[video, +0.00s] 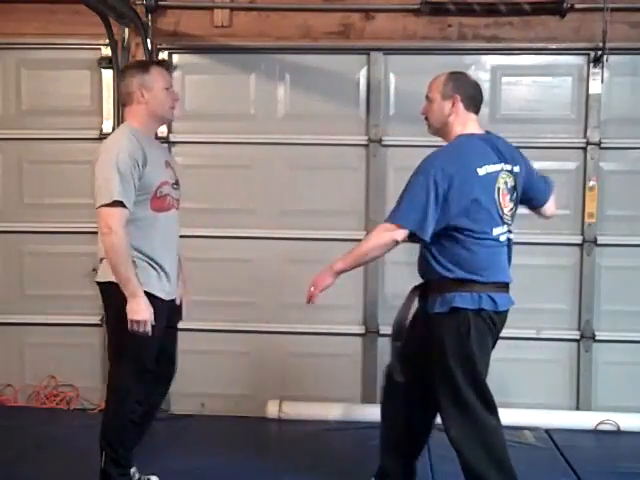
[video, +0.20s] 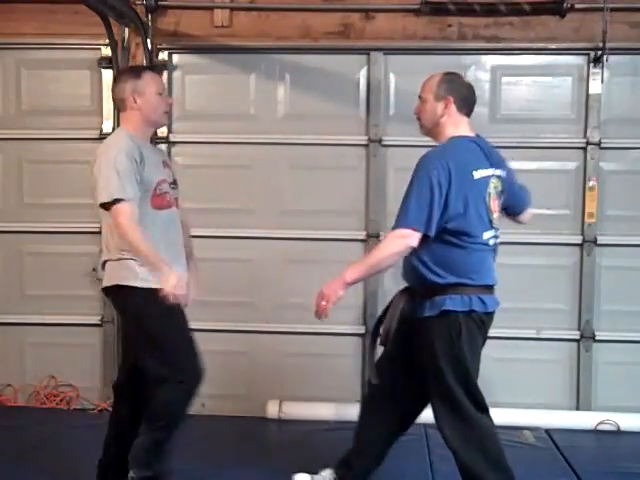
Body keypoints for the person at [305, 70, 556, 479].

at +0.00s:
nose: (423, 110)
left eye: (429, 101)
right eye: (425, 100)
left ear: (455, 105)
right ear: (463, 108)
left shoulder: (441, 164)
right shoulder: (505, 153)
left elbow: (394, 231)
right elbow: (548, 206)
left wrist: (335, 269)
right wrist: (514, 180)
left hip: (456, 304)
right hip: (488, 301)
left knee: (467, 414)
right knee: (405, 393)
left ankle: (497, 478)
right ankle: (392, 475)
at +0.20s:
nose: (416, 109)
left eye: (422, 100)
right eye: (418, 100)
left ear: (447, 106)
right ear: (456, 107)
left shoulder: (437, 161)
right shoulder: (488, 155)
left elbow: (407, 236)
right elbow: (522, 210)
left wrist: (342, 281)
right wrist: (483, 190)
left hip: (448, 304)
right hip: (472, 301)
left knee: (460, 414)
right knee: (392, 395)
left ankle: (496, 478)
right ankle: (346, 473)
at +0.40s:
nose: (390, 109)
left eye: (396, 101)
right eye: (392, 101)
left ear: (419, 108)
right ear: (425, 109)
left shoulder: (431, 166)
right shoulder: (432, 158)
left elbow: (411, 251)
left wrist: (347, 289)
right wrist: (382, 167)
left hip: (427, 309)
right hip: (395, 307)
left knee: (449, 416)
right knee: (354, 403)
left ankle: (491, 477)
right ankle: (335, 473)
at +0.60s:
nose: (361, 102)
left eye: (368, 96)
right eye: (364, 95)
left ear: (391, 107)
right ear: (388, 108)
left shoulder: (419, 166)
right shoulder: (359, 152)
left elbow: (415, 250)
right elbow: (309, 152)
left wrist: (362, 292)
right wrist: (261, 142)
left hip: (419, 307)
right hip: (372, 308)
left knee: (436, 413)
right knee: (342, 408)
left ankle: (476, 476)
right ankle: (337, 475)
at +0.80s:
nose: (349, 104)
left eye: (359, 98)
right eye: (351, 96)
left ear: (389, 108)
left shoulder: (411, 163)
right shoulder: (347, 156)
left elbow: (414, 246)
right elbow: (330, 203)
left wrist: (363, 295)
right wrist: (301, 230)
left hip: (418, 303)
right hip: (368, 305)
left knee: (439, 416)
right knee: (343, 409)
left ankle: (473, 478)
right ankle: (338, 475)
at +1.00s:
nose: (387, 110)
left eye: (399, 104)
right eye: (384, 101)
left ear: (423, 115)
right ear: (377, 105)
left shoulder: (434, 168)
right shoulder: (361, 161)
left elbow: (424, 248)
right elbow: (339, 212)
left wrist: (372, 292)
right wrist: (307, 252)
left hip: (431, 307)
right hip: (377, 306)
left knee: (451, 421)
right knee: (352, 414)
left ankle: (476, 477)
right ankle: (338, 477)